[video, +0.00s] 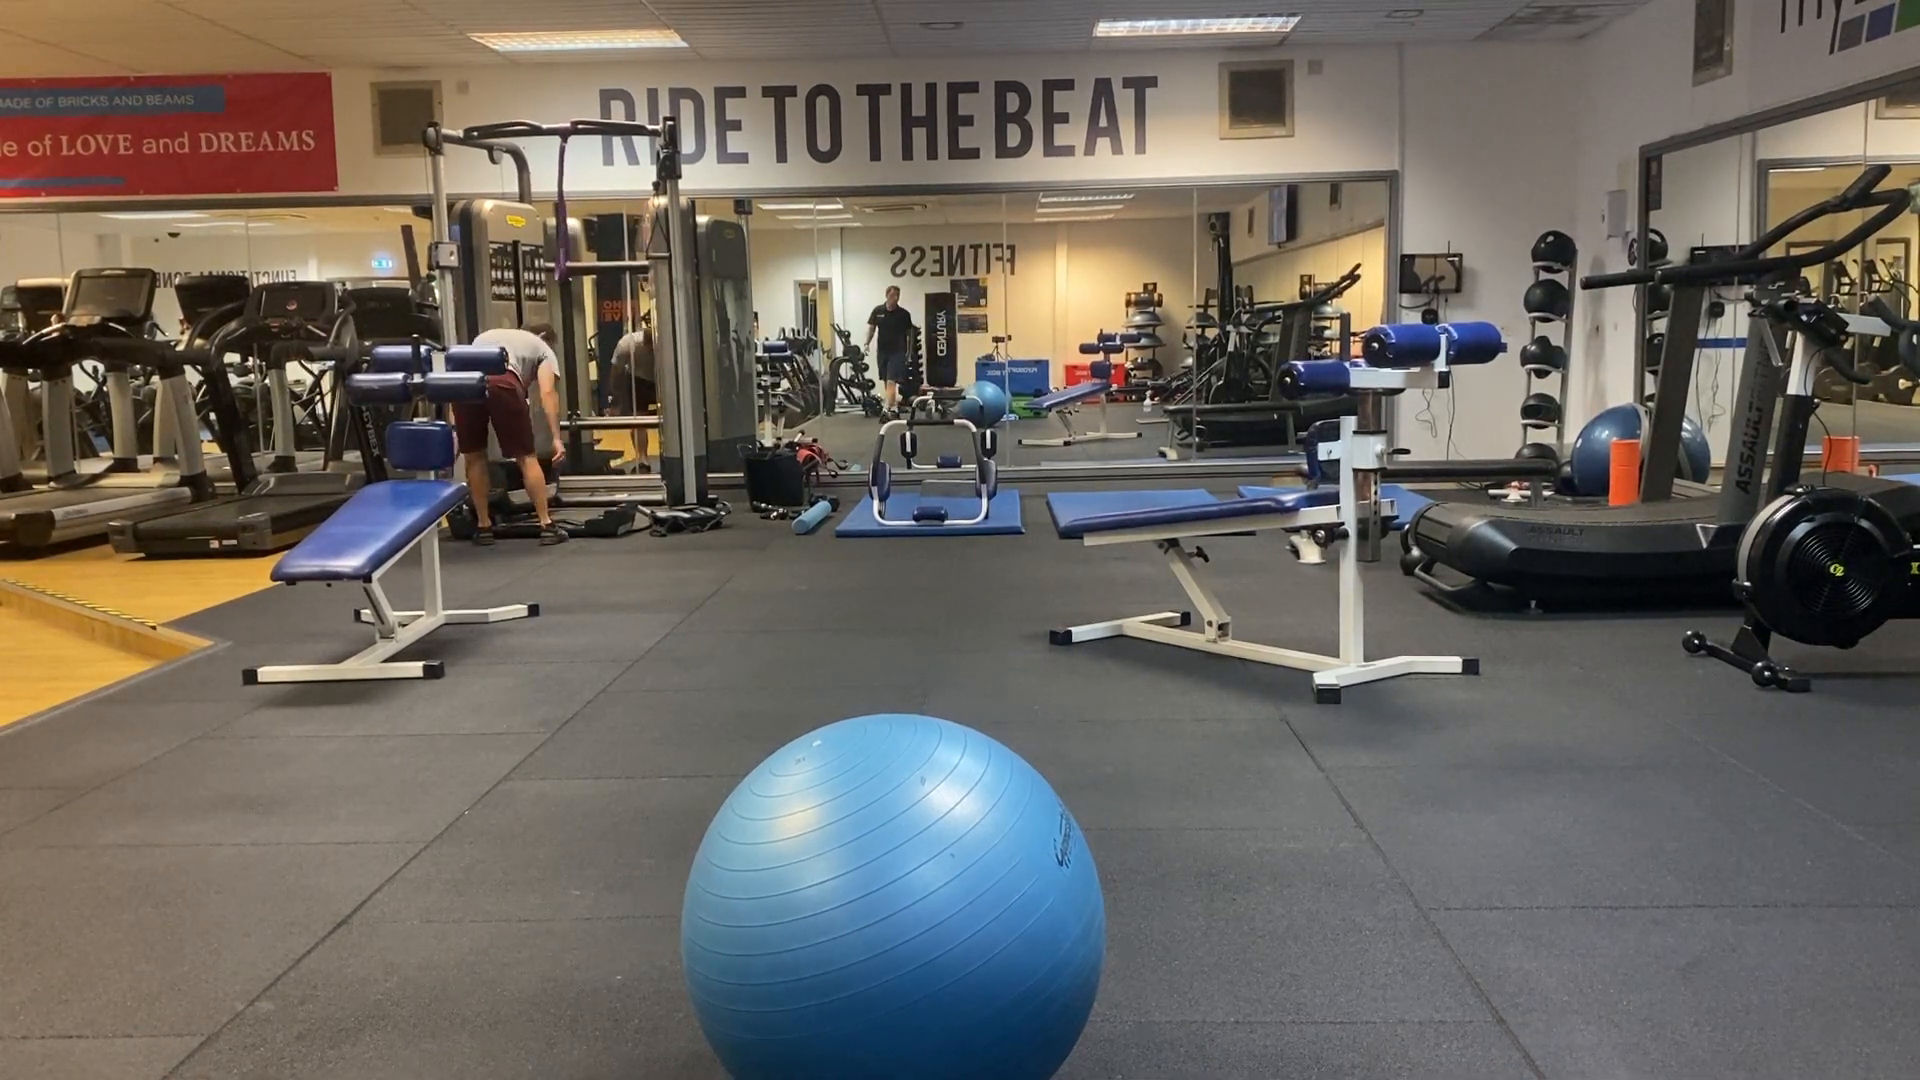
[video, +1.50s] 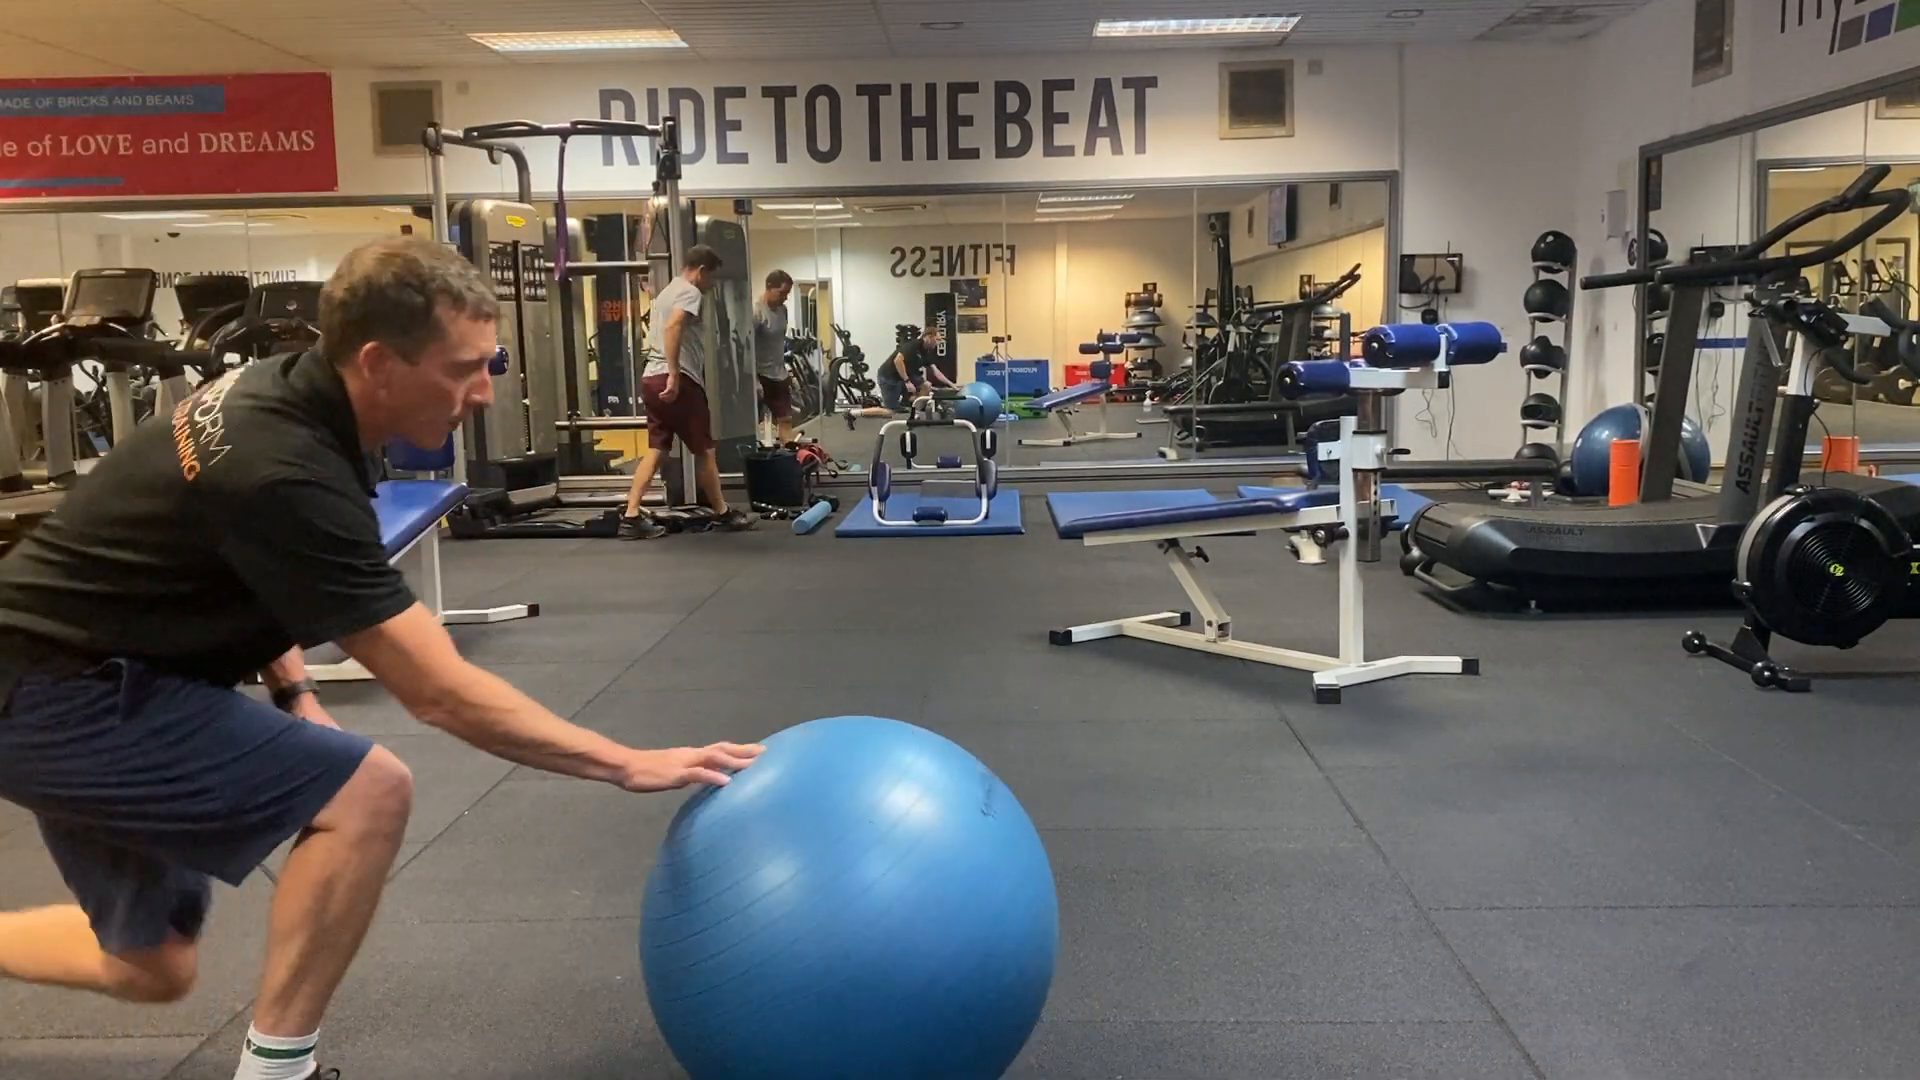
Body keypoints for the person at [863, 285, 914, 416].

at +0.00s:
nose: (893, 298)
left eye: (895, 295)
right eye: (891, 295)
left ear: (898, 297)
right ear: (886, 295)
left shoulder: (904, 314)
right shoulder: (878, 311)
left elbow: (909, 334)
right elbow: (871, 328)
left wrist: (909, 352)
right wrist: (867, 343)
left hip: (898, 352)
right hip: (883, 351)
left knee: (891, 381)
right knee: (886, 382)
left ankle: (887, 409)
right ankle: (894, 409)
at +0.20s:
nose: (894, 297)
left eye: (895, 294)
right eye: (892, 294)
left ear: (897, 296)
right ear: (885, 294)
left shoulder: (901, 313)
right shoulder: (874, 310)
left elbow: (905, 335)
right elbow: (867, 330)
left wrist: (905, 354)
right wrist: (863, 348)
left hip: (894, 351)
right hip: (877, 350)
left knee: (888, 382)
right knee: (872, 381)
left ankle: (883, 410)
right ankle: (879, 402)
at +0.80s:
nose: (906, 298)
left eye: (907, 296)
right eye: (904, 295)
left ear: (904, 296)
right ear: (895, 293)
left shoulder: (902, 313)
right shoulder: (880, 307)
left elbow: (903, 336)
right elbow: (870, 324)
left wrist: (908, 355)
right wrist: (871, 343)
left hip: (895, 350)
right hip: (878, 349)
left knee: (904, 380)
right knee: (876, 384)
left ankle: (892, 409)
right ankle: (875, 414)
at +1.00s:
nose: (922, 309)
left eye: (923, 306)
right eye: (921, 306)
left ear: (918, 305)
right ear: (913, 302)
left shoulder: (915, 324)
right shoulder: (894, 311)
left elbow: (917, 346)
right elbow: (880, 326)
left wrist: (926, 361)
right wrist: (884, 343)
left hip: (899, 353)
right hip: (881, 350)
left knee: (904, 383)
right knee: (877, 385)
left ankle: (910, 415)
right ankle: (875, 413)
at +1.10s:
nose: (927, 318)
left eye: (929, 316)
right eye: (926, 315)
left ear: (930, 316)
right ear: (920, 312)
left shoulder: (923, 332)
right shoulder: (901, 317)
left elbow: (929, 353)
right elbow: (884, 330)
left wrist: (943, 370)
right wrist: (887, 350)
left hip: (899, 355)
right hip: (883, 351)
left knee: (913, 384)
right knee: (879, 385)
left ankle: (913, 417)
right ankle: (866, 406)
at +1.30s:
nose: (939, 335)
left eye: (940, 333)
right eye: (938, 332)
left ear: (935, 331)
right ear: (930, 329)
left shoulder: (930, 344)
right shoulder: (912, 331)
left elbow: (941, 361)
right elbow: (892, 342)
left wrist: (961, 376)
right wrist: (894, 365)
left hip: (904, 364)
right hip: (886, 360)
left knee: (920, 386)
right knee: (882, 393)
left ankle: (912, 417)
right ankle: (851, 410)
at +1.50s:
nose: (937, 343)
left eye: (937, 340)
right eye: (936, 340)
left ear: (929, 338)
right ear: (928, 338)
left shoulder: (925, 351)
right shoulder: (913, 345)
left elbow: (935, 371)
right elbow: (898, 361)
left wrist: (951, 384)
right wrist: (907, 381)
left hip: (904, 376)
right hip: (888, 377)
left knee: (925, 387)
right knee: (892, 411)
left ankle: (902, 406)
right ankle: (859, 412)